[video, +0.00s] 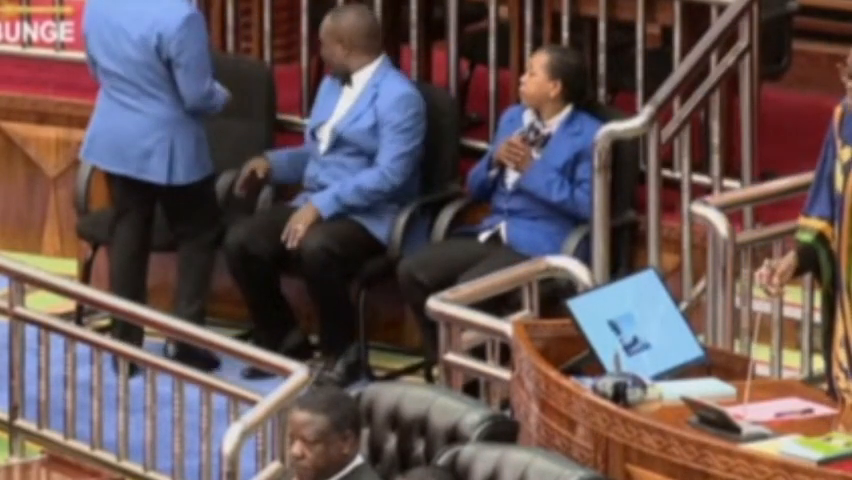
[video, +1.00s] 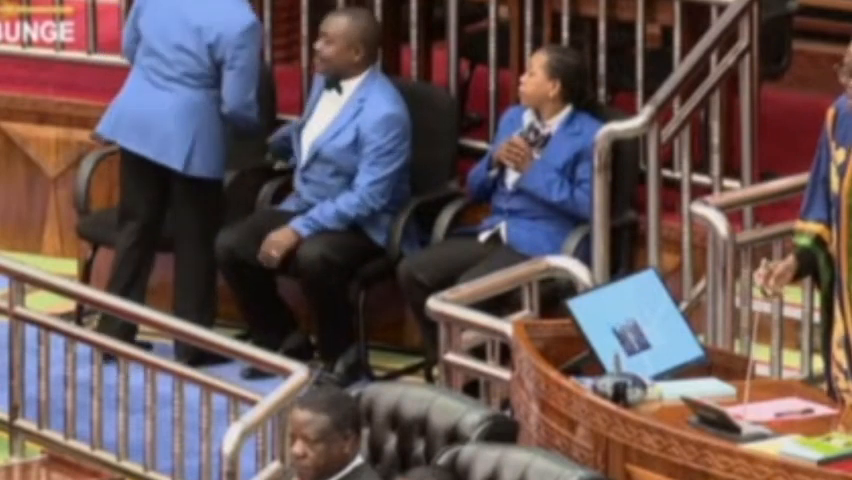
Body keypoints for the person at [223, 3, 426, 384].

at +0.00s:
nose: (322, 53)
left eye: (324, 44)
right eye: (322, 45)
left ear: (344, 46)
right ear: (355, 45)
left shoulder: (399, 96)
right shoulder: (333, 84)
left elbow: (391, 175)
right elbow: (318, 155)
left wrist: (320, 206)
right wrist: (271, 163)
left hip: (371, 215)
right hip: (317, 204)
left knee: (319, 249)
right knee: (244, 242)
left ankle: (340, 352)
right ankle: (281, 337)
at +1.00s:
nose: (316, 47)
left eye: (327, 41)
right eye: (318, 39)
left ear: (357, 55)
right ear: (349, 53)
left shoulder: (384, 110)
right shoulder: (326, 84)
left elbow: (370, 198)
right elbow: (315, 138)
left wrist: (297, 230)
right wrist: (278, 144)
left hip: (362, 222)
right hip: (308, 205)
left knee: (315, 257)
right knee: (233, 246)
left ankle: (341, 359)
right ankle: (280, 341)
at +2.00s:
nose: (354, 46)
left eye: (363, 36)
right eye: (343, 37)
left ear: (375, 41)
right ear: (325, 43)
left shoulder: (400, 98)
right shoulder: (307, 86)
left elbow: (403, 177)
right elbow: (302, 147)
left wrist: (329, 179)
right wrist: (279, 156)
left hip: (365, 216)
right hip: (304, 208)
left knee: (311, 253)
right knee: (240, 247)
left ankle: (336, 354)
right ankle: (281, 342)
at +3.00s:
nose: (351, 51)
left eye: (360, 42)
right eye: (339, 43)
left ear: (372, 45)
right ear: (319, 48)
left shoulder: (397, 101)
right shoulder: (296, 91)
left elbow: (400, 181)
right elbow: (278, 151)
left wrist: (324, 186)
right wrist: (291, 179)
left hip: (363, 219)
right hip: (299, 214)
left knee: (316, 256)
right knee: (235, 249)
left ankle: (339, 357)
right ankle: (281, 345)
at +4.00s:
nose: (374, 50)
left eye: (380, 41)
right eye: (363, 41)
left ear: (390, 45)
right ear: (340, 48)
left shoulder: (411, 103)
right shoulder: (308, 89)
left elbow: (410, 181)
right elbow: (286, 148)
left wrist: (340, 181)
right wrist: (297, 170)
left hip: (366, 219)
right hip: (302, 211)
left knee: (317, 257)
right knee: (235, 248)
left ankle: (340, 357)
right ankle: (282, 344)